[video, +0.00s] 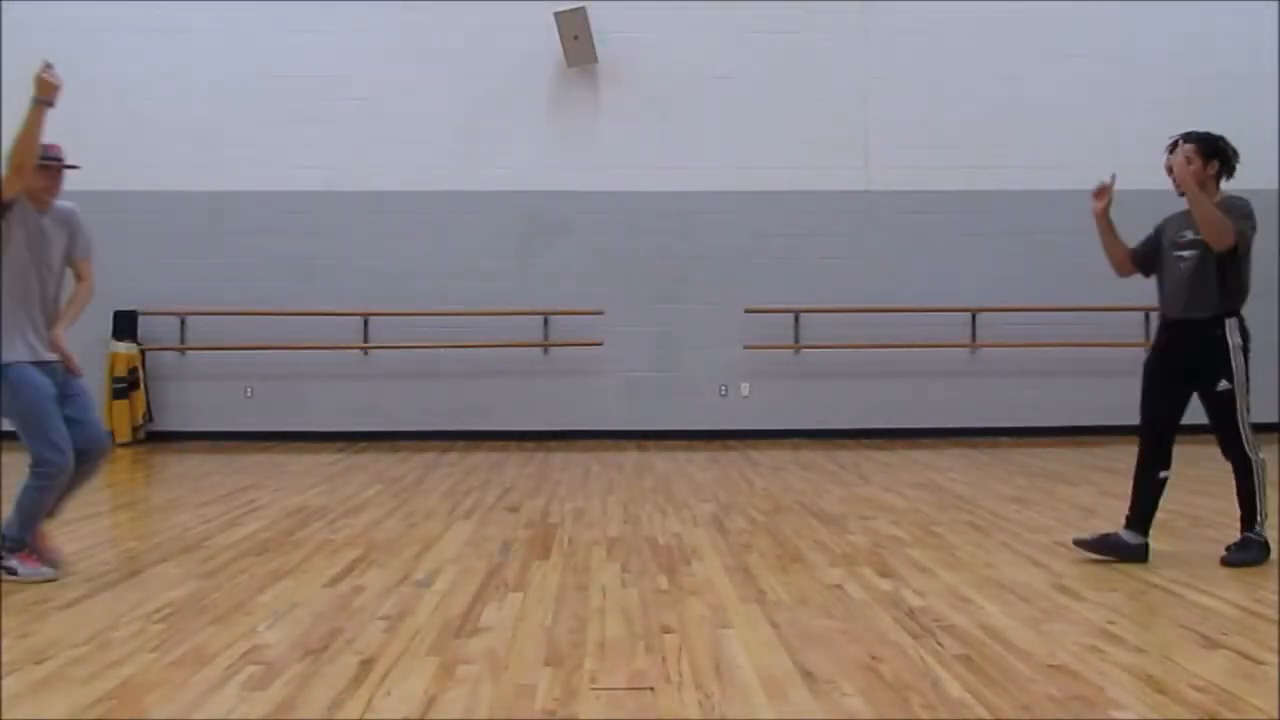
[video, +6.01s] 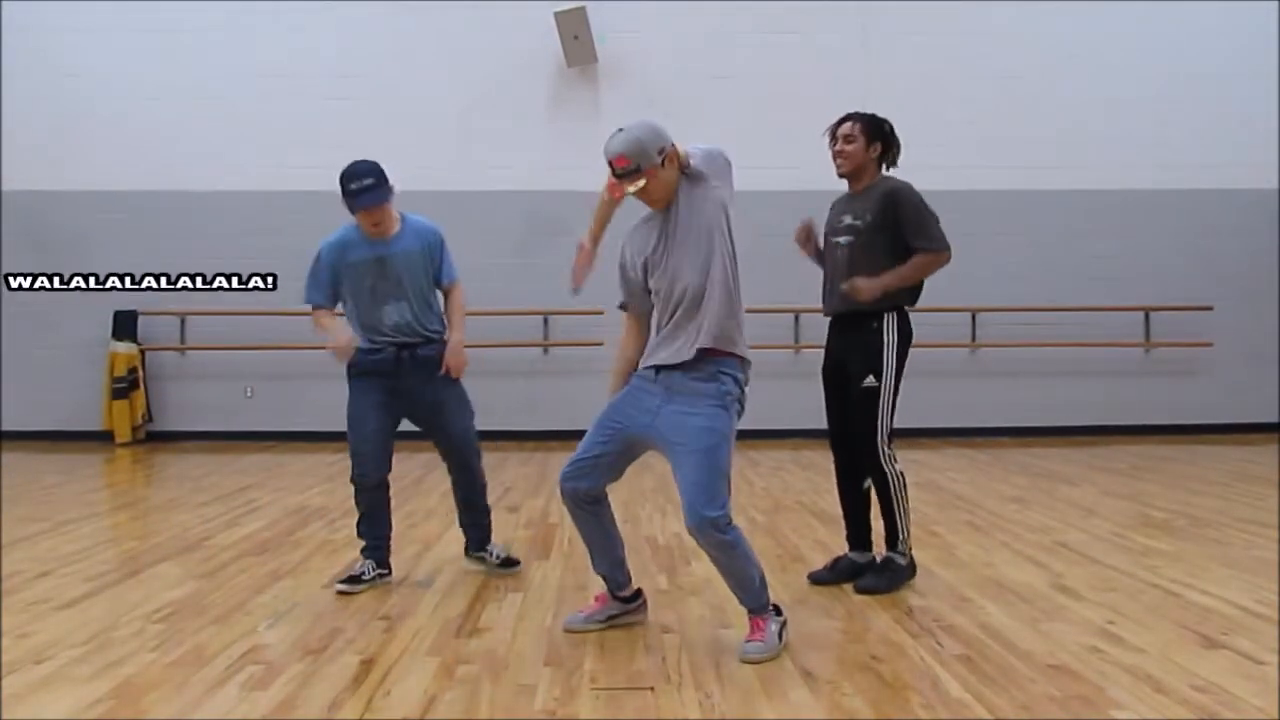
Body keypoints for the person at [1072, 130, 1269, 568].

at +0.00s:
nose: (1171, 168)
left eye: (1180, 160)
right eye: (1171, 161)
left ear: (1210, 167)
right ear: (1175, 171)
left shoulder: (1237, 210)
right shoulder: (1173, 224)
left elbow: (1223, 240)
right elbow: (1127, 265)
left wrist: (1191, 188)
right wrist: (1102, 219)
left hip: (1219, 339)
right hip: (1171, 340)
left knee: (1237, 441)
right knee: (1154, 438)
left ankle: (1255, 535)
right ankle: (1134, 535)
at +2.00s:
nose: (865, 167)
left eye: (874, 157)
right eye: (858, 158)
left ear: (899, 157)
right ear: (852, 162)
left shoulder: (921, 206)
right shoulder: (852, 213)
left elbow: (926, 274)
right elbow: (848, 280)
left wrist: (853, 267)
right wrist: (833, 268)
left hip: (897, 326)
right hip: (858, 327)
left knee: (890, 441)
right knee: (863, 440)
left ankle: (889, 552)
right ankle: (872, 543)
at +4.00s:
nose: (845, 137)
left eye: (851, 131)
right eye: (833, 135)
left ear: (865, 146)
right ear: (820, 159)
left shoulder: (902, 184)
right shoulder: (821, 217)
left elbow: (948, 221)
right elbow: (827, 287)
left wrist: (934, 255)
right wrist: (804, 253)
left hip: (895, 329)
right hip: (846, 334)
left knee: (898, 448)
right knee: (848, 448)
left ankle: (890, 555)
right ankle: (856, 550)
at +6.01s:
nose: (838, 148)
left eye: (849, 141)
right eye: (836, 142)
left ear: (877, 149)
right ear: (835, 152)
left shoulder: (898, 195)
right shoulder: (839, 206)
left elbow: (937, 252)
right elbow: (842, 271)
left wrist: (881, 283)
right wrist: (814, 250)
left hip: (881, 330)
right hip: (842, 333)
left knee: (875, 447)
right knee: (845, 447)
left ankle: (900, 556)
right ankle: (859, 551)